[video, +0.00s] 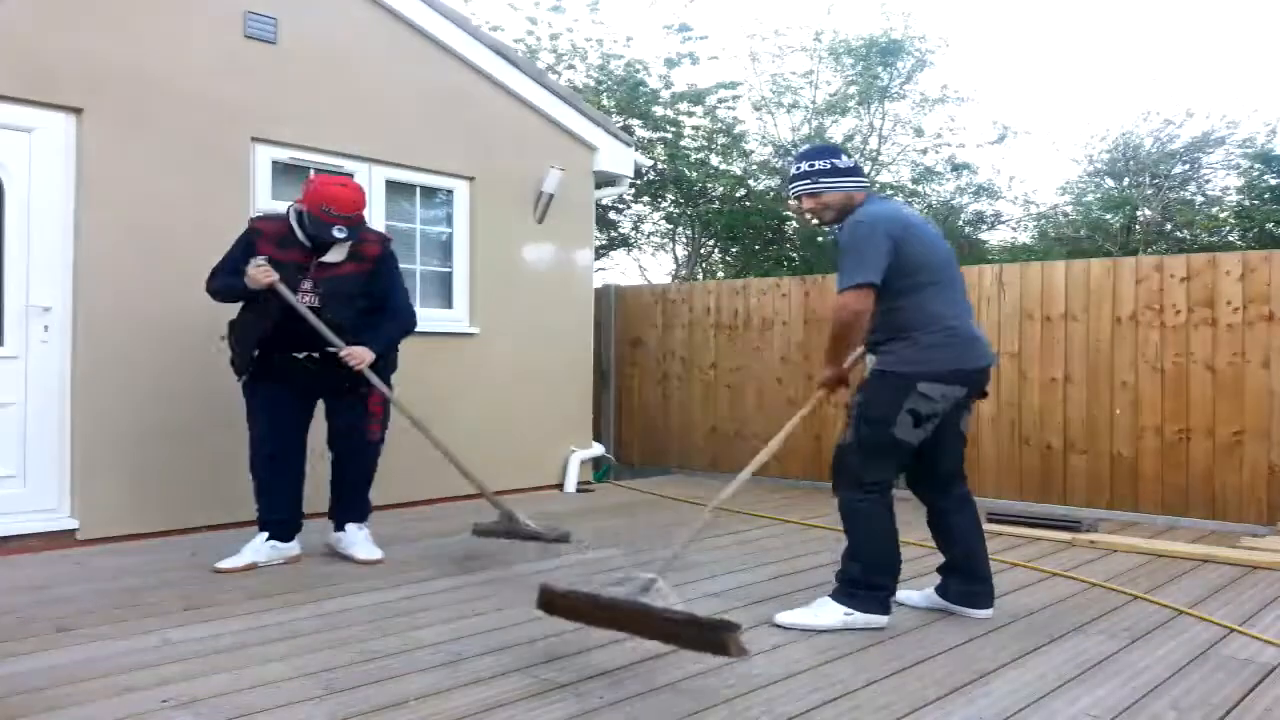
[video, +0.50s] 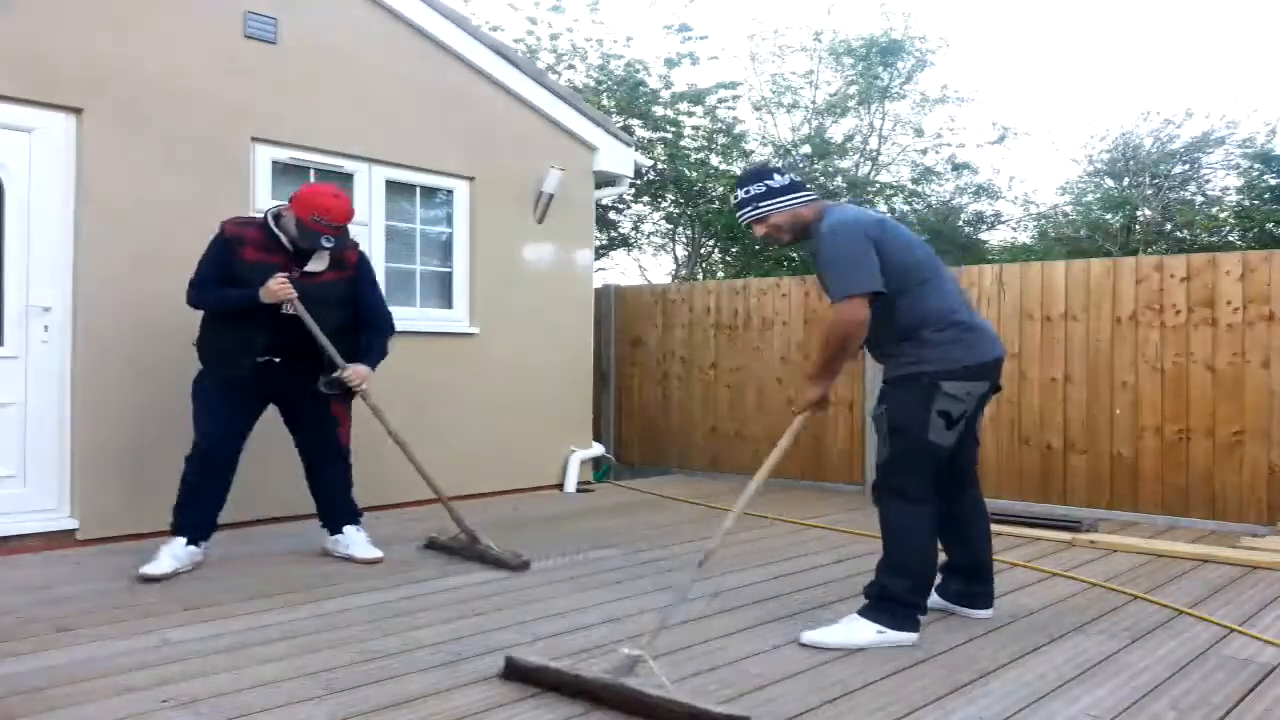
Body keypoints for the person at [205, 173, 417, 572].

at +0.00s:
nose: (333, 245)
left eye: (343, 237)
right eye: (325, 235)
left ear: (356, 224)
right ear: (304, 216)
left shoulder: (373, 251)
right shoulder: (266, 235)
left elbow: (401, 314)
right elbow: (217, 284)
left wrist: (372, 346)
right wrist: (246, 282)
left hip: (351, 364)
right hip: (279, 362)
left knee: (359, 440)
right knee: (274, 447)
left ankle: (350, 527)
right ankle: (279, 536)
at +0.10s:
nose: (338, 248)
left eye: (348, 242)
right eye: (331, 238)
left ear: (361, 229)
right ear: (311, 217)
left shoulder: (376, 255)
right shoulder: (269, 236)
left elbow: (406, 316)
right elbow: (228, 288)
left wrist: (397, 355)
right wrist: (275, 293)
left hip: (347, 366)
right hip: (275, 364)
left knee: (349, 446)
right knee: (270, 447)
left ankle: (347, 530)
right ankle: (277, 536)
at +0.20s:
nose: (347, 247)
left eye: (356, 240)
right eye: (341, 237)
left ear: (367, 229)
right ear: (319, 219)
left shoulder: (377, 257)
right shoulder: (269, 239)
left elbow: (412, 316)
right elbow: (237, 294)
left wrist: (413, 362)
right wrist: (296, 302)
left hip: (344, 369)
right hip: (272, 366)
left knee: (349, 443)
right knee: (255, 443)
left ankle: (347, 531)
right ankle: (260, 533)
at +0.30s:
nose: (346, 249)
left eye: (355, 242)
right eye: (340, 239)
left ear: (366, 231)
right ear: (318, 219)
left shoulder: (375, 259)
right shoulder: (265, 240)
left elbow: (407, 317)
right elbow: (235, 296)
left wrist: (410, 366)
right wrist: (302, 306)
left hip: (337, 373)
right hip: (264, 367)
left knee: (344, 448)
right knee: (241, 445)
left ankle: (346, 531)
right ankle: (223, 536)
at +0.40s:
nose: (336, 248)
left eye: (345, 242)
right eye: (330, 239)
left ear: (356, 232)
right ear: (309, 221)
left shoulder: (366, 261)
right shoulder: (255, 239)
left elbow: (393, 319)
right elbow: (222, 296)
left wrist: (393, 365)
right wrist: (286, 303)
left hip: (326, 373)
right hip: (252, 368)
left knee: (337, 449)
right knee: (225, 448)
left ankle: (345, 530)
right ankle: (195, 538)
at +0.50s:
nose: (318, 249)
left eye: (327, 242)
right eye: (312, 240)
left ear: (338, 230)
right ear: (291, 219)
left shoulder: (349, 260)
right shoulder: (238, 238)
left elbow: (379, 324)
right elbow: (198, 294)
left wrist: (366, 362)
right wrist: (257, 294)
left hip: (309, 374)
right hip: (234, 370)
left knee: (328, 449)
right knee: (212, 451)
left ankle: (344, 530)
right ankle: (188, 541)